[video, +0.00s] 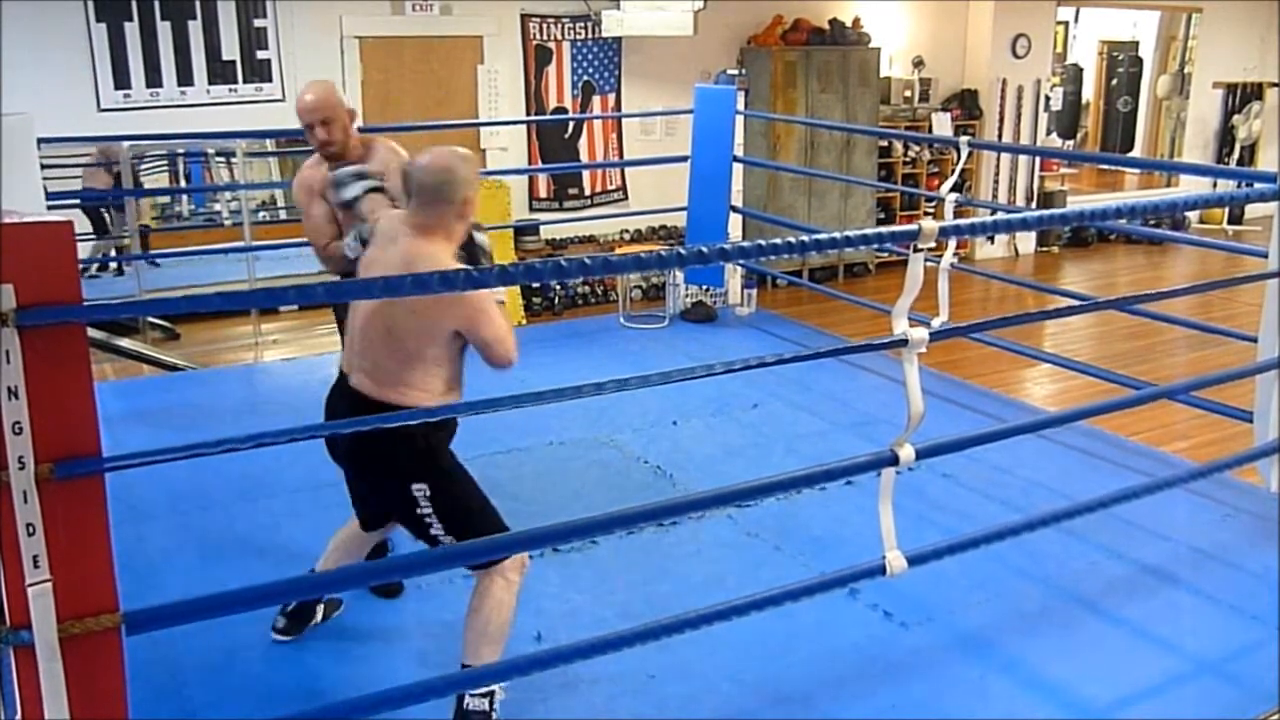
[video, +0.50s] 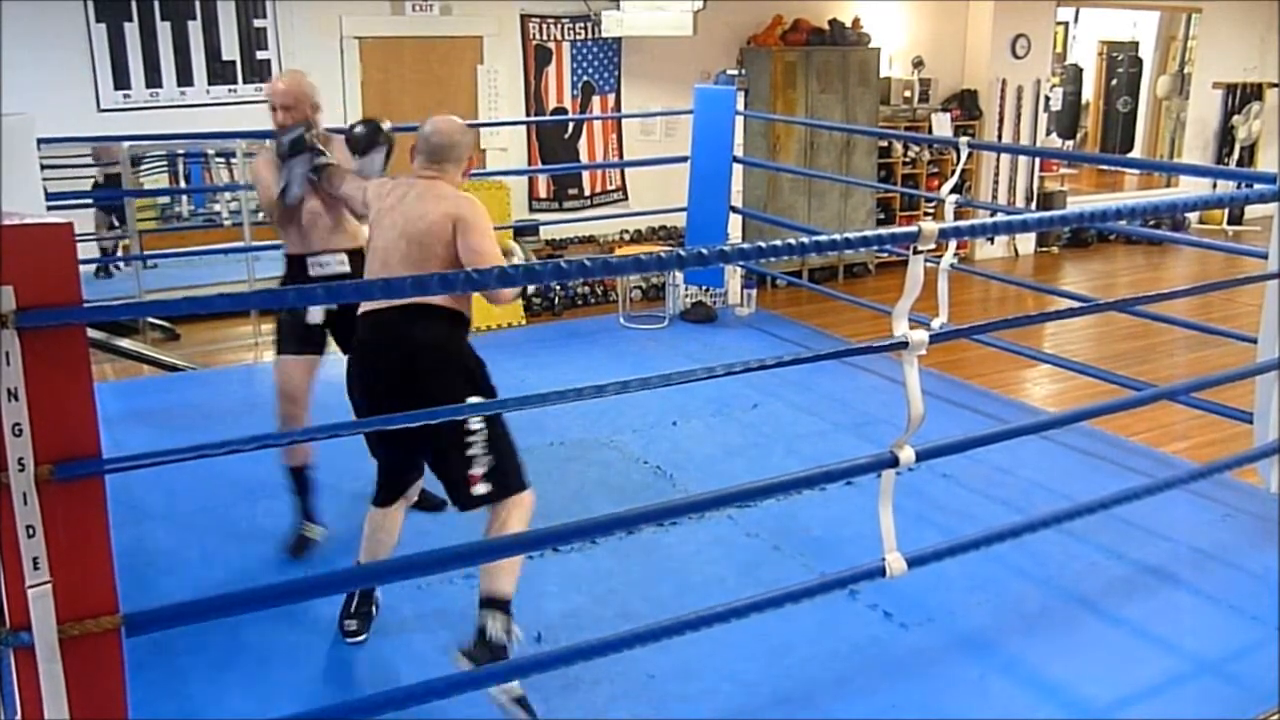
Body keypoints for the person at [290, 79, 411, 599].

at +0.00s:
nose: (318, 137)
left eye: (325, 124)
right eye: (308, 129)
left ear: (350, 115)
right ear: (302, 130)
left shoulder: (391, 155)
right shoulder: (308, 181)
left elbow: (421, 214)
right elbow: (330, 258)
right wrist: (362, 238)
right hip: (355, 301)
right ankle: (376, 543)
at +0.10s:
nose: (302, 143)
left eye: (310, 131)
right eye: (294, 134)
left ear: (338, 122)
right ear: (291, 137)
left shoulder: (375, 159)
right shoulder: (301, 180)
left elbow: (388, 226)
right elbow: (315, 259)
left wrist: (374, 182)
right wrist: (301, 206)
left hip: (395, 301)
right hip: (347, 304)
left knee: (390, 424)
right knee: (354, 423)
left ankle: (381, 538)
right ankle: (378, 540)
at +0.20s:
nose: (303, 142)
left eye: (310, 129)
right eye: (293, 133)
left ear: (333, 120)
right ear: (286, 132)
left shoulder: (359, 151)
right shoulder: (309, 170)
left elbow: (379, 173)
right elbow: (301, 249)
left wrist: (395, 136)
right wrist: (297, 194)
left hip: (372, 286)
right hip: (342, 288)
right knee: (352, 405)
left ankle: (374, 529)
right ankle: (371, 518)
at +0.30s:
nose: (305, 136)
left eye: (312, 124)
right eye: (296, 128)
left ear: (334, 115)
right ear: (289, 127)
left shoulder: (369, 155)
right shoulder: (295, 174)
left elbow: (400, 208)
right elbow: (289, 251)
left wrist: (390, 150)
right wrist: (278, 211)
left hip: (387, 282)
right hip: (335, 287)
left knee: (399, 389)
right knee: (354, 415)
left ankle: (416, 481)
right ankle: (369, 524)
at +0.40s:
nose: (305, 135)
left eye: (313, 125)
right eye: (296, 127)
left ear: (334, 117)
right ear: (287, 127)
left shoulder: (361, 160)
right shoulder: (289, 174)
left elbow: (391, 209)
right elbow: (285, 252)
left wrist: (382, 161)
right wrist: (270, 210)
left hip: (375, 280)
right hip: (320, 287)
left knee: (389, 391)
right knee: (330, 409)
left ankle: (404, 484)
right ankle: (354, 528)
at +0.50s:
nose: (279, 117)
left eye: (287, 109)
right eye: (273, 109)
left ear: (311, 108)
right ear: (268, 110)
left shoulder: (344, 146)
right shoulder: (266, 158)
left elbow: (365, 210)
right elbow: (279, 216)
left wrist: (364, 165)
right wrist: (293, 167)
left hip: (354, 271)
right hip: (301, 276)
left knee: (383, 377)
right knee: (290, 396)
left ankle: (407, 479)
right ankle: (307, 516)